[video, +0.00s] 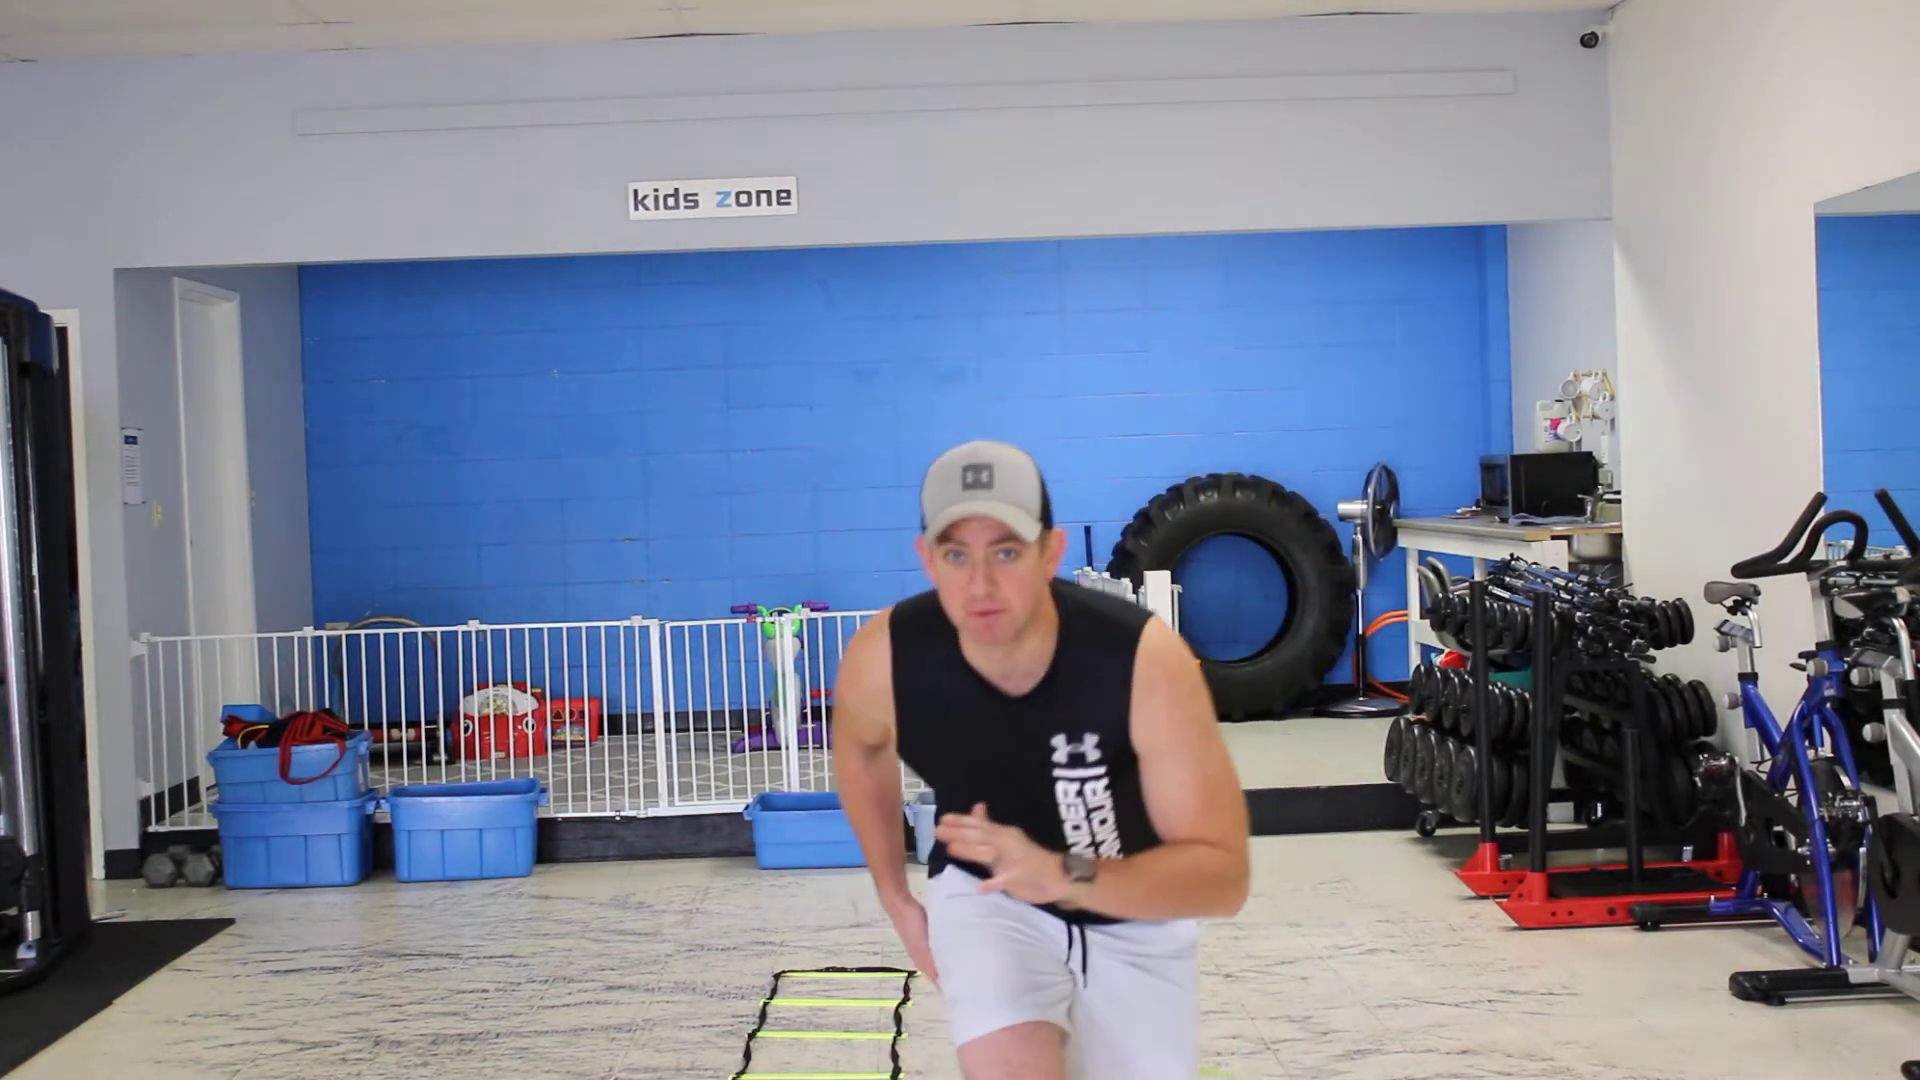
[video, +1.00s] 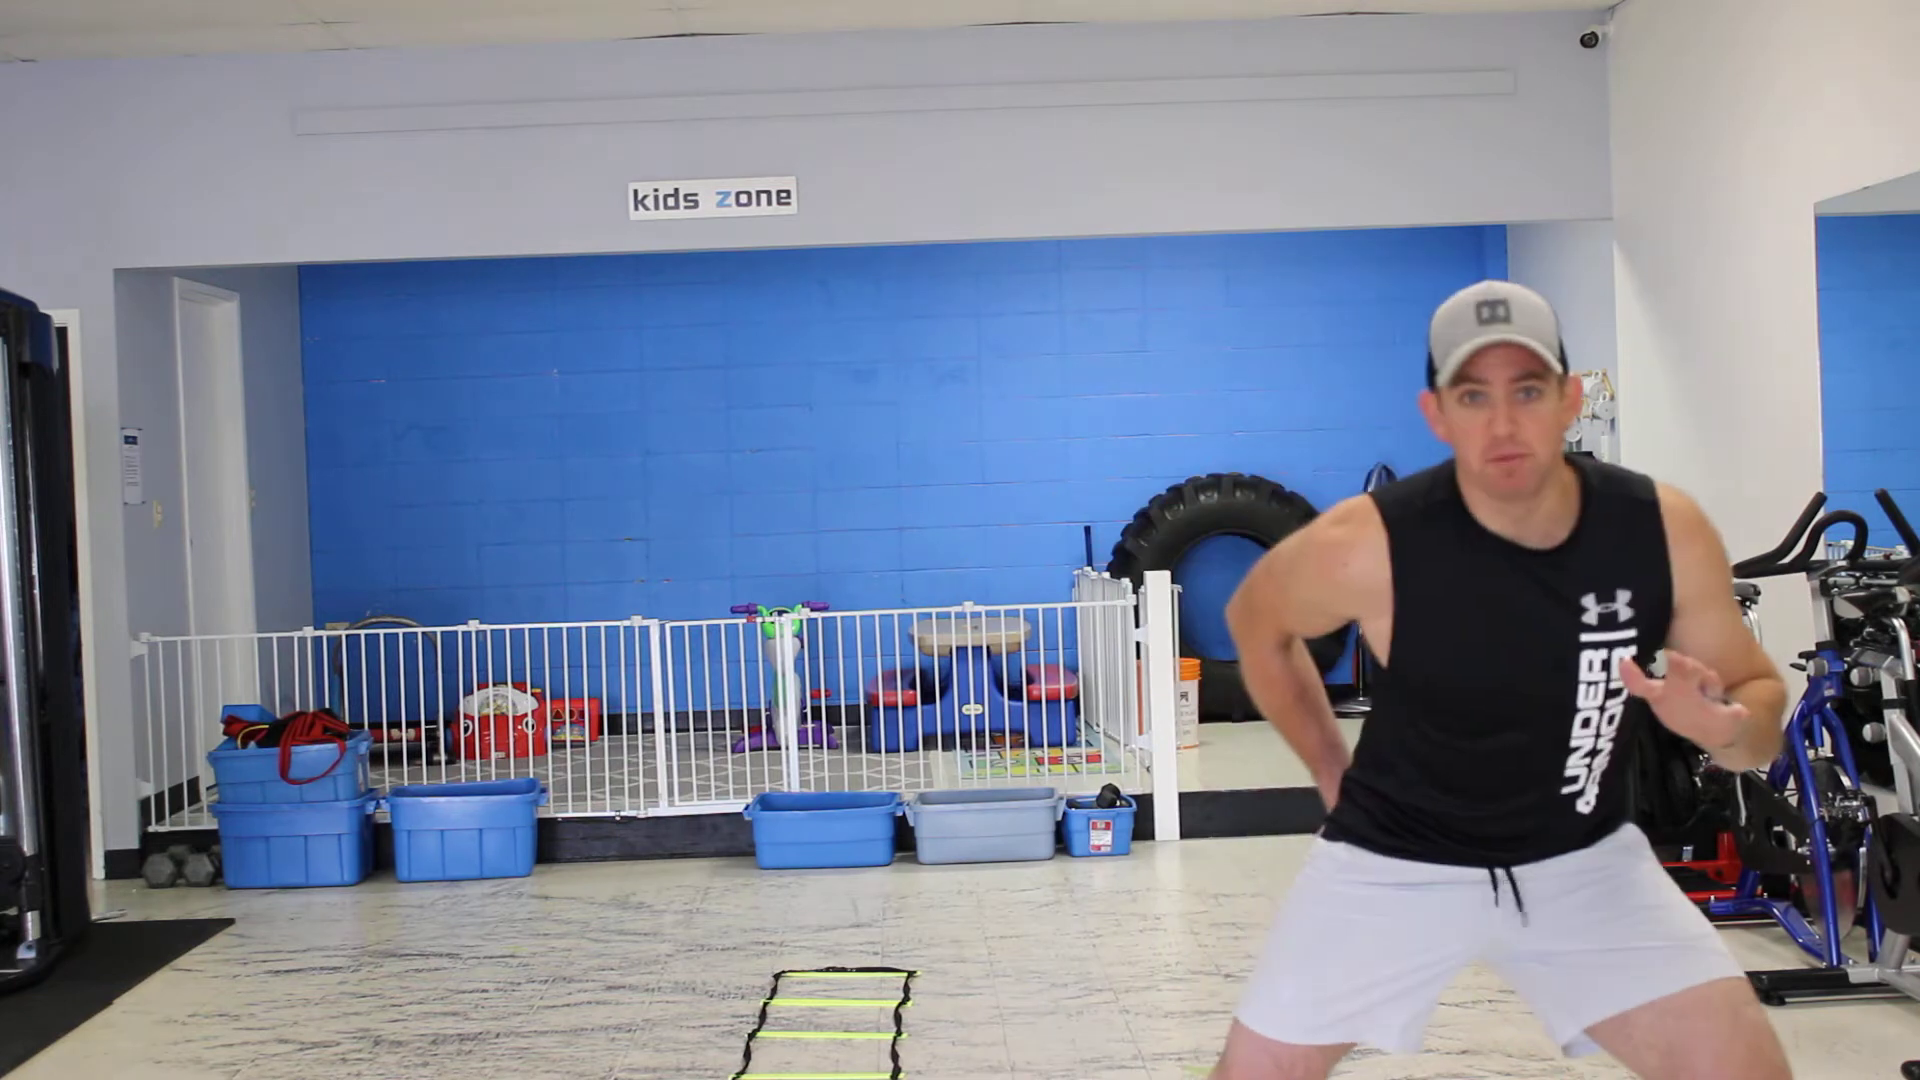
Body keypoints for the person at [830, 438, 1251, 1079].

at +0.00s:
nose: (981, 583)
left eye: (1007, 553)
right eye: (957, 555)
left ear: (1052, 553)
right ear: (928, 560)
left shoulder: (1144, 655)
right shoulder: (883, 661)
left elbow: (1221, 873)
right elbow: (863, 751)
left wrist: (1069, 877)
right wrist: (898, 898)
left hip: (1143, 917)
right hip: (987, 901)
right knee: (1014, 1066)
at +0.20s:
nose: (1025, 558)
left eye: (1051, 527)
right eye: (999, 529)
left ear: (1095, 531)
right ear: (970, 538)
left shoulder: (1185, 635)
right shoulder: (924, 641)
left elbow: (1274, 841)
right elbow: (873, 744)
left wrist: (1153, 857)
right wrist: (904, 902)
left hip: (1171, 912)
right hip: (1005, 899)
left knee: (1219, 1067)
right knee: (1020, 1066)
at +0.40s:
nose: (1108, 517)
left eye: (1134, 489)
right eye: (1083, 491)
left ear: (1178, 497)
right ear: (1051, 500)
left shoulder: (1258, 605)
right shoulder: (991, 602)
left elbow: (1345, 787)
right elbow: (922, 688)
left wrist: (1260, 826)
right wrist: (960, 839)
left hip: (1215, 865)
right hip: (1049, 874)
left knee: (1385, 1049)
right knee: (1047, 1066)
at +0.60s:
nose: (1236, 414)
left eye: (1261, 384)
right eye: (1207, 387)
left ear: (1306, 394)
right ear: (1176, 404)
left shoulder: (1391, 513)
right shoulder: (1121, 514)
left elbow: (1478, 683)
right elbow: (1021, 574)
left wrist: (1416, 726)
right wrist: (1090, 721)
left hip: (1350, 817)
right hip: (1161, 828)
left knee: (1521, 1042)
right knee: (1116, 1069)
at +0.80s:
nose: (1409, 397)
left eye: (1434, 366)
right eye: (1380, 370)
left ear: (1479, 376)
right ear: (1344, 387)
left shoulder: (1574, 502)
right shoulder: (1285, 520)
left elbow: (1678, 701)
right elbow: (1198, 598)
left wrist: (1608, 700)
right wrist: (1273, 744)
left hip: (1524, 840)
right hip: (1329, 850)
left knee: (1691, 1062)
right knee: (1218, 1070)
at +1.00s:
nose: (1503, 426)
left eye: (1529, 393)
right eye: (1473, 398)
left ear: (1572, 400)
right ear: (1437, 414)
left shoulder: (1663, 529)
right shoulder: (1368, 544)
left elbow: (1758, 694)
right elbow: (1258, 622)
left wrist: (1722, 728)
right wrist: (1333, 772)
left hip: (1587, 863)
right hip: (1386, 869)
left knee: (1749, 1067)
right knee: (1255, 1071)